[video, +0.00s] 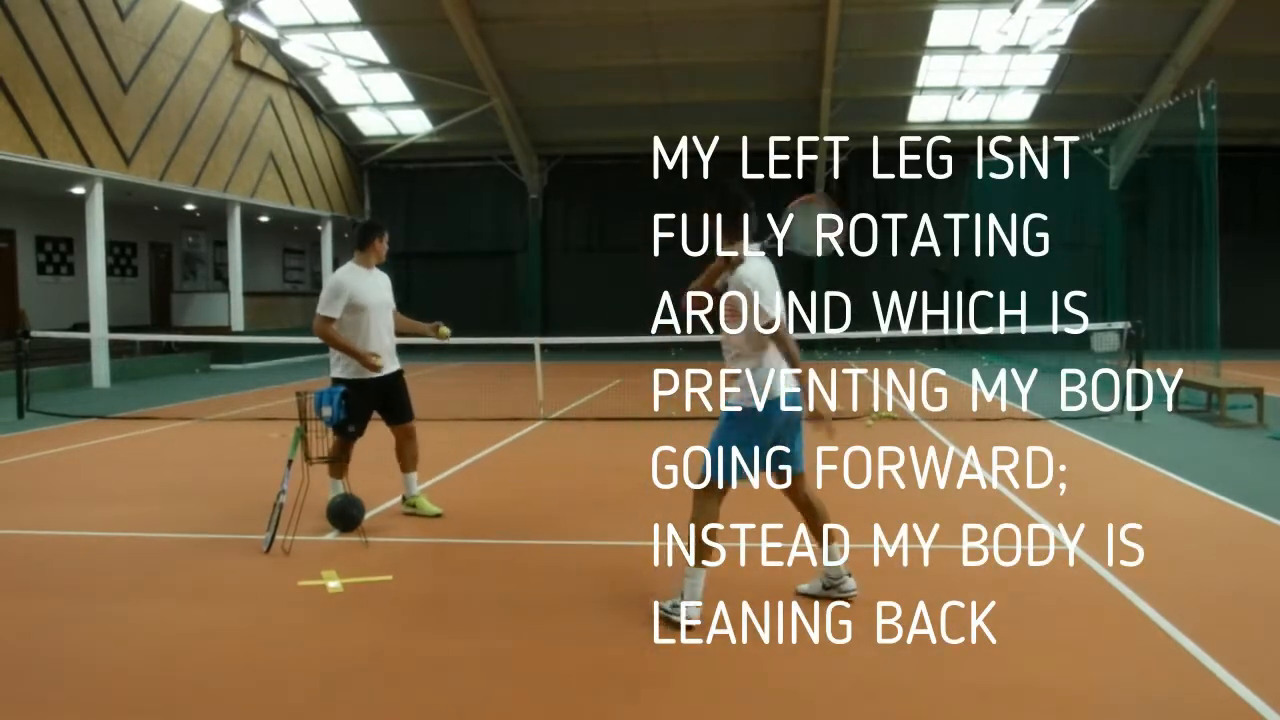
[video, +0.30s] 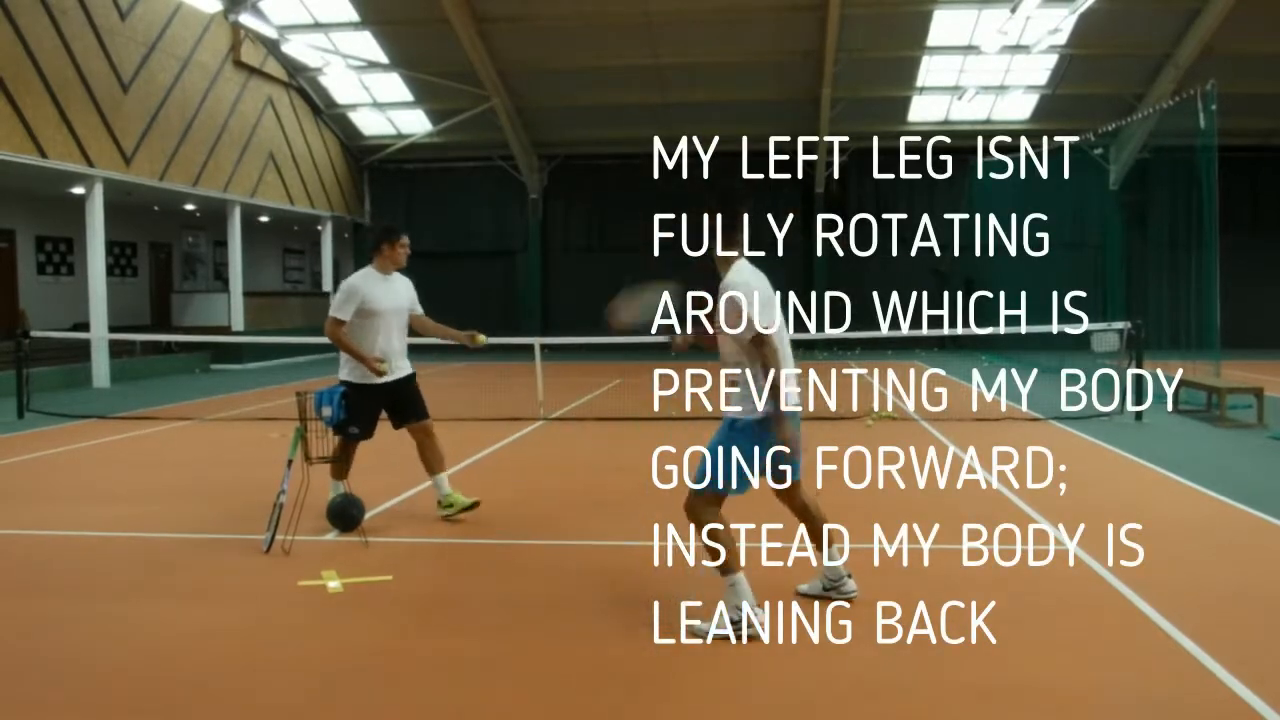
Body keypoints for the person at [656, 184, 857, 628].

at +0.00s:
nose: (711, 237)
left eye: (714, 230)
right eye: (713, 230)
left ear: (727, 234)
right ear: (745, 230)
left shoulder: (747, 278)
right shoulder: (750, 265)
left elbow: (783, 339)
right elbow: (693, 299)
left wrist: (812, 392)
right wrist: (724, 259)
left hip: (753, 403)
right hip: (780, 400)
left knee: (707, 489)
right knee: (795, 485)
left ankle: (691, 599)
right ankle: (835, 572)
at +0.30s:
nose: (695, 243)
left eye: (700, 233)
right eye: (699, 232)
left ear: (716, 238)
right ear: (735, 236)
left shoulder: (741, 287)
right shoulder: (746, 278)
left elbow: (772, 353)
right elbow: (746, 342)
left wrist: (779, 416)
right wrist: (702, 340)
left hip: (752, 418)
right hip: (773, 411)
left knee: (700, 505)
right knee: (790, 491)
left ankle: (741, 609)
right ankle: (837, 574)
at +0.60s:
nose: (691, 218)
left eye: (686, 209)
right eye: (718, 207)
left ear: (686, 209)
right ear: (725, 210)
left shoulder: (676, 252)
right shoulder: (749, 255)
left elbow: (677, 323)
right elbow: (766, 327)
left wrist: (630, 371)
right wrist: (731, 357)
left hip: (703, 400)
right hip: (749, 396)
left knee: (691, 498)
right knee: (745, 489)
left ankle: (735, 608)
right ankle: (760, 600)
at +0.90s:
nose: (680, 228)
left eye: (671, 221)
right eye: (684, 220)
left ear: (647, 223)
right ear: (685, 222)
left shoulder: (617, 268)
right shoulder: (709, 269)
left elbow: (598, 345)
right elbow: (734, 340)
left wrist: (618, 386)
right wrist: (742, 368)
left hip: (634, 415)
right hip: (695, 415)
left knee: (608, 524)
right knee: (722, 523)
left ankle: (576, 634)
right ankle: (747, 620)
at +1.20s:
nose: (650, 198)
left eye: (635, 190)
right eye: (652, 191)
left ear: (607, 191)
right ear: (651, 192)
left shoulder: (584, 244)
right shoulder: (646, 247)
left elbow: (576, 317)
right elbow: (650, 330)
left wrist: (648, 332)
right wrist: (670, 369)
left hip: (573, 407)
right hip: (624, 411)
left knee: (586, 525)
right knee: (664, 526)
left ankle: (565, 650)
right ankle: (676, 654)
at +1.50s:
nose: (638, 238)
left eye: (633, 230)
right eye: (637, 231)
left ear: (591, 235)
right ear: (632, 235)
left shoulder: (573, 291)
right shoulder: (623, 298)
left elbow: (597, 377)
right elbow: (639, 390)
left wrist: (663, 366)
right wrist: (673, 418)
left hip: (561, 456)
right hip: (592, 464)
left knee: (624, 544)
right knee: (588, 595)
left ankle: (553, 658)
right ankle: (511, 706)